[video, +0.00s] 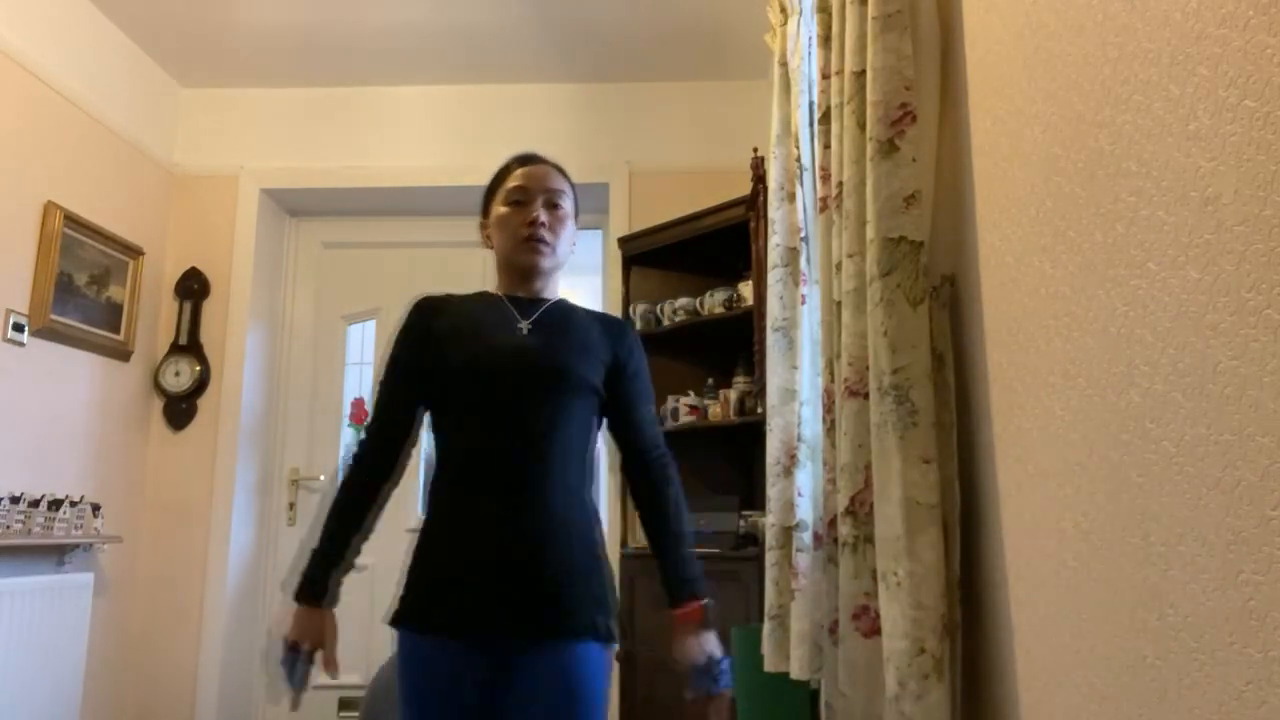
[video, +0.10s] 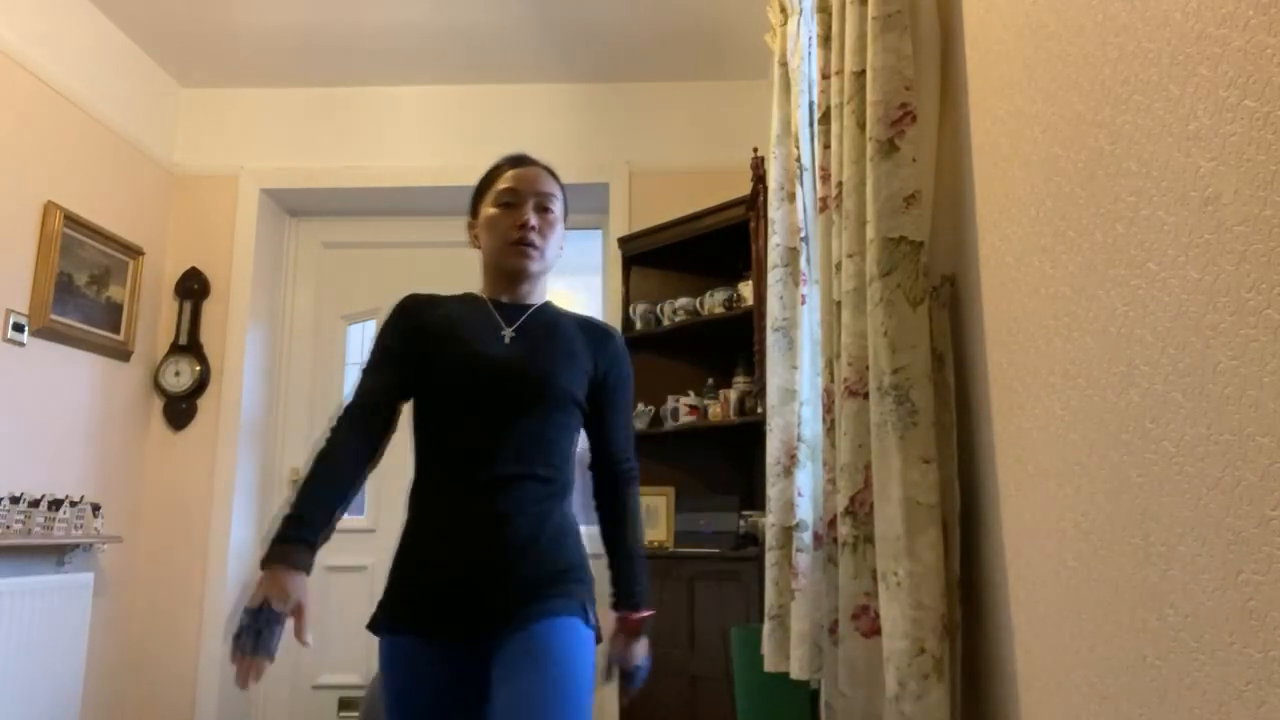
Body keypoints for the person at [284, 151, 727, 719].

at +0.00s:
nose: (538, 214)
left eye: (556, 205)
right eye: (519, 201)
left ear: (573, 234)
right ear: (486, 229)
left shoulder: (608, 338)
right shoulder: (435, 321)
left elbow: (651, 470)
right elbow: (378, 460)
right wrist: (316, 591)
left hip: (566, 620)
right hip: (445, 612)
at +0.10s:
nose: (529, 216)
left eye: (546, 206)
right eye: (508, 203)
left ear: (561, 235)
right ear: (475, 229)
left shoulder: (597, 345)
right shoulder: (420, 321)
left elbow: (616, 483)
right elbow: (357, 437)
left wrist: (632, 604)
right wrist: (288, 556)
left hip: (545, 599)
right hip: (428, 593)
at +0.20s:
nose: (521, 216)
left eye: (538, 206)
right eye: (500, 202)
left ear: (552, 233)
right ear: (465, 227)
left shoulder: (584, 345)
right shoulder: (418, 312)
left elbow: (580, 479)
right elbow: (367, 387)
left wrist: (571, 571)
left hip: (537, 557)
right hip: (429, 562)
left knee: (521, 666)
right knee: (409, 707)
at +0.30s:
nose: (516, 220)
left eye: (532, 210)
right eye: (495, 205)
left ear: (545, 235)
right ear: (459, 229)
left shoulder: (574, 349)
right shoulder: (420, 308)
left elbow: (560, 477)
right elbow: (373, 359)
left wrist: (540, 571)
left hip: (523, 597)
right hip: (421, 589)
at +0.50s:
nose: (515, 226)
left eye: (530, 216)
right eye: (496, 211)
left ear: (543, 238)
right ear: (459, 225)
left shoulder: (564, 359)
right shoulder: (408, 328)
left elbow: (554, 493)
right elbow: (395, 334)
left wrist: (517, 647)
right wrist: (417, 300)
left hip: (520, 602)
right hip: (419, 599)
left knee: (523, 509)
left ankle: (494, 411)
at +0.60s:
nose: (510, 219)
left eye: (526, 210)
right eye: (489, 205)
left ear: (539, 237)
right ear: (449, 229)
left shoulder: (565, 354)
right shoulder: (413, 322)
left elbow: (562, 486)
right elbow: (384, 348)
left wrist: (557, 596)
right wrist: (389, 350)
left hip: (526, 596)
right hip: (423, 593)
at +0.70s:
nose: (508, 212)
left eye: (525, 204)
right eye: (488, 197)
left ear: (539, 234)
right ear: (450, 222)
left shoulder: (568, 343)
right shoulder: (401, 310)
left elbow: (574, 474)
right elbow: (369, 372)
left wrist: (570, 565)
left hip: (535, 551)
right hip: (424, 558)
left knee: (520, 656)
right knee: (408, 707)